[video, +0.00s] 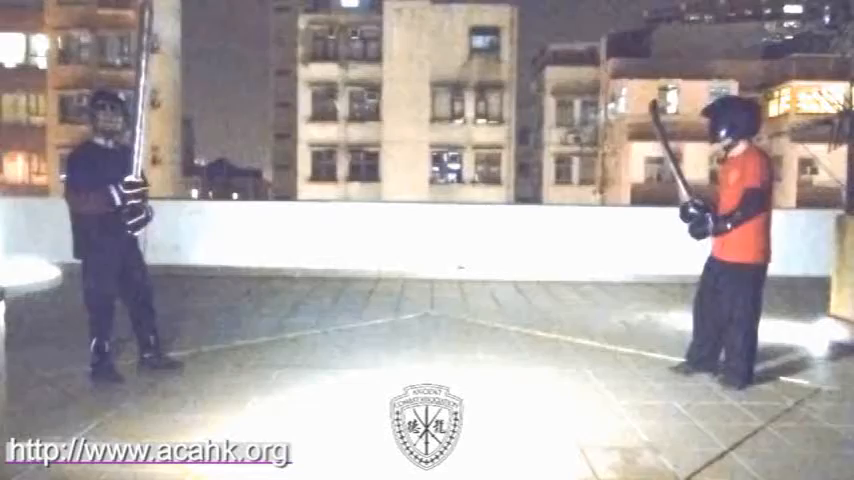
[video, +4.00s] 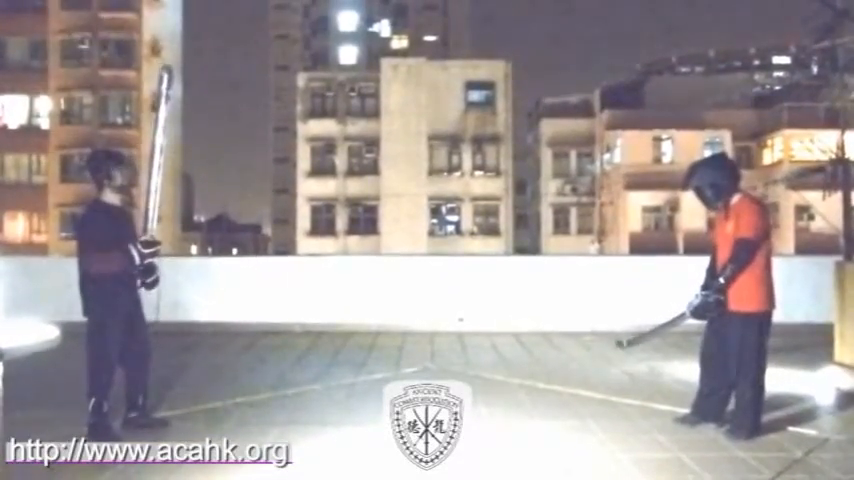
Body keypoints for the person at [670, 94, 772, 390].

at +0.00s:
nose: (712, 131)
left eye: (717, 124)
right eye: (713, 125)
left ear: (733, 127)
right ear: (729, 127)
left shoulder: (754, 160)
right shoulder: (727, 160)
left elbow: (754, 202)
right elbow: (726, 202)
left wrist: (720, 224)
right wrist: (704, 209)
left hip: (747, 255)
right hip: (722, 251)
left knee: (740, 315)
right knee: (708, 306)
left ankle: (737, 371)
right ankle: (701, 358)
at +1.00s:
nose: (723, 124)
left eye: (729, 118)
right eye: (725, 117)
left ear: (743, 124)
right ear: (745, 125)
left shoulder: (759, 160)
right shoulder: (735, 159)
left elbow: (755, 202)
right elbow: (732, 202)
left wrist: (718, 222)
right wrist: (708, 209)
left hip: (748, 255)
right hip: (725, 251)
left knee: (740, 315)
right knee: (708, 306)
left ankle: (739, 370)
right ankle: (703, 358)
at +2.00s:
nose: (718, 128)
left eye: (722, 121)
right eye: (719, 121)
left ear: (737, 125)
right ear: (738, 125)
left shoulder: (753, 160)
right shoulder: (731, 159)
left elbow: (746, 200)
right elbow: (726, 202)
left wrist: (713, 222)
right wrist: (702, 213)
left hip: (743, 253)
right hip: (721, 249)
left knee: (736, 313)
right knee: (705, 305)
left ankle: (737, 369)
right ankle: (701, 357)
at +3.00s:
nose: (717, 129)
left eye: (722, 123)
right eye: (718, 123)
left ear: (738, 127)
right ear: (730, 127)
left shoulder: (755, 163)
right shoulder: (725, 163)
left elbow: (751, 206)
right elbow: (722, 207)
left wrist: (720, 235)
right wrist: (702, 223)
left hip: (747, 256)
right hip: (723, 253)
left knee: (741, 317)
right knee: (712, 310)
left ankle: (741, 374)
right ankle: (706, 362)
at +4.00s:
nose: (702, 197)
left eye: (703, 190)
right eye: (699, 192)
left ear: (717, 185)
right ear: (718, 186)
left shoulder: (749, 208)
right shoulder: (722, 214)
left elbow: (744, 251)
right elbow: (717, 259)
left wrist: (718, 287)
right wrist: (706, 290)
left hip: (751, 303)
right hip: (726, 301)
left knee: (747, 365)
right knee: (715, 358)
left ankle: (745, 421)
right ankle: (707, 410)